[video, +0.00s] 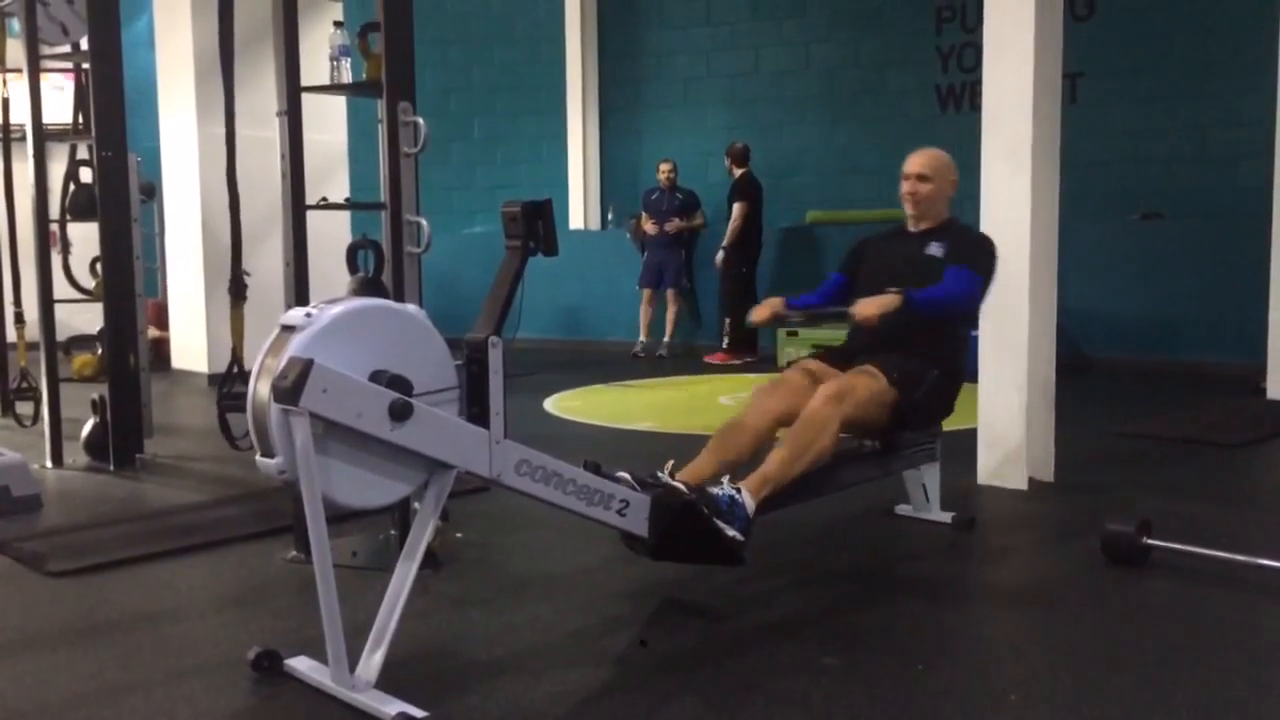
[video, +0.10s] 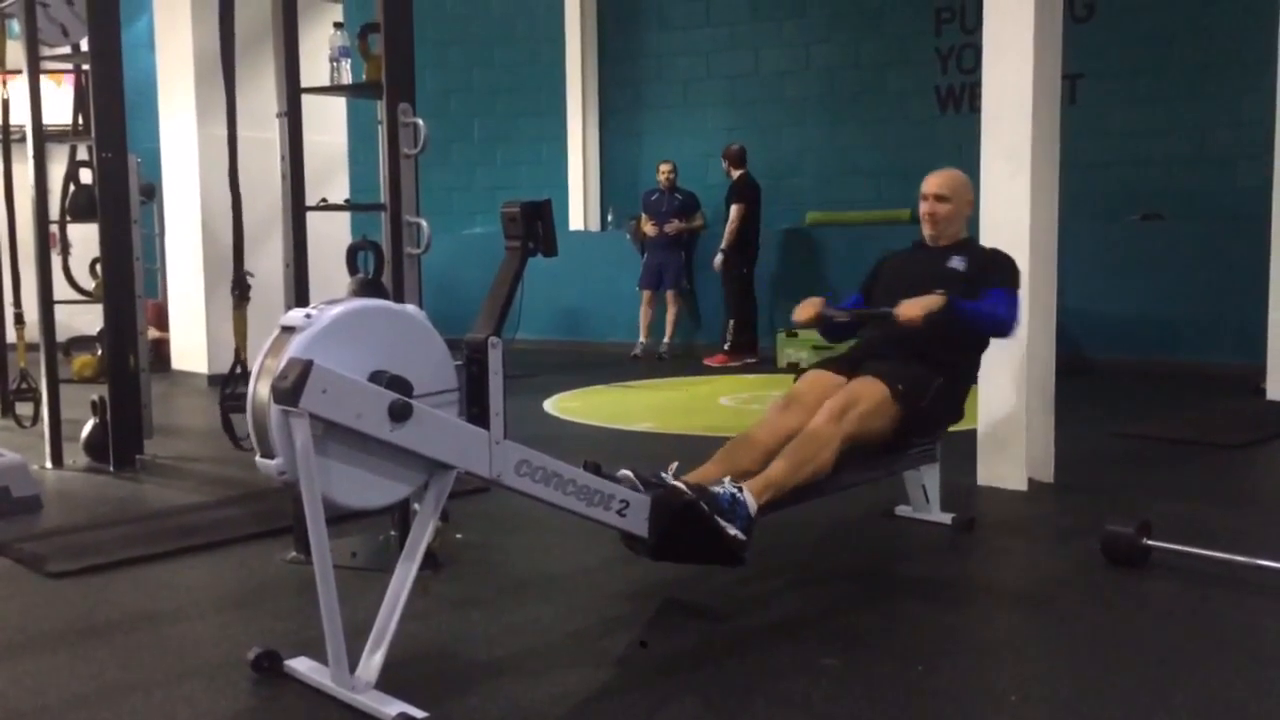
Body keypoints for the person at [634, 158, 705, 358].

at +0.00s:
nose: (667, 175)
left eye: (670, 172)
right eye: (663, 172)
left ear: (676, 174)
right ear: (658, 174)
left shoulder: (687, 196)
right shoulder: (649, 195)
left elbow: (700, 220)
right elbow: (644, 219)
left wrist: (682, 225)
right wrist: (646, 226)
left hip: (675, 253)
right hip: (653, 252)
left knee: (672, 296)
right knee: (647, 295)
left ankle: (666, 342)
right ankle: (642, 339)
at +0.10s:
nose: (667, 176)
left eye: (670, 173)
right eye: (663, 173)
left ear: (676, 175)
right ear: (658, 175)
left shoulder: (688, 197)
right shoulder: (649, 197)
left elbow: (699, 222)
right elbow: (644, 222)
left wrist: (682, 226)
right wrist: (647, 227)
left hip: (675, 254)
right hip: (653, 253)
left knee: (671, 297)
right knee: (647, 296)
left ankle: (666, 342)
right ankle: (642, 340)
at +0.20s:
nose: (667, 177)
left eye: (670, 173)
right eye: (663, 174)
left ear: (675, 176)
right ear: (658, 176)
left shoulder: (687, 198)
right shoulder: (649, 198)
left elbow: (700, 223)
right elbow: (644, 222)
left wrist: (682, 227)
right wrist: (647, 228)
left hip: (675, 254)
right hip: (653, 254)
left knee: (671, 297)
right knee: (647, 297)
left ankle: (666, 343)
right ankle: (642, 341)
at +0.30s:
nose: (667, 179)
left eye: (671, 175)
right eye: (663, 176)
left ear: (676, 178)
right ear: (658, 178)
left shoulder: (687, 200)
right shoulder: (649, 199)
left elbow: (700, 224)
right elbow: (644, 224)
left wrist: (681, 228)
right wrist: (647, 230)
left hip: (675, 256)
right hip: (653, 255)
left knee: (671, 299)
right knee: (647, 298)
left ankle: (666, 344)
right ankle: (642, 342)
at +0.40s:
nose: (669, 181)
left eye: (672, 177)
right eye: (665, 177)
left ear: (676, 179)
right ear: (659, 180)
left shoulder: (688, 201)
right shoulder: (650, 201)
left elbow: (701, 225)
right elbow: (644, 225)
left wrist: (682, 230)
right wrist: (647, 231)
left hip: (675, 257)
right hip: (653, 256)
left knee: (672, 300)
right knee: (647, 299)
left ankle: (666, 346)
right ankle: (642, 344)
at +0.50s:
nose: (669, 182)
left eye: (672, 178)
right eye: (665, 178)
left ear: (676, 180)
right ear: (658, 181)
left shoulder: (688, 202)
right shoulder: (650, 202)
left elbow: (700, 226)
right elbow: (644, 226)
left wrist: (681, 231)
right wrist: (647, 232)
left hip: (675, 258)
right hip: (653, 257)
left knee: (671, 301)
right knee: (647, 301)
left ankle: (666, 347)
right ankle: (642, 345)